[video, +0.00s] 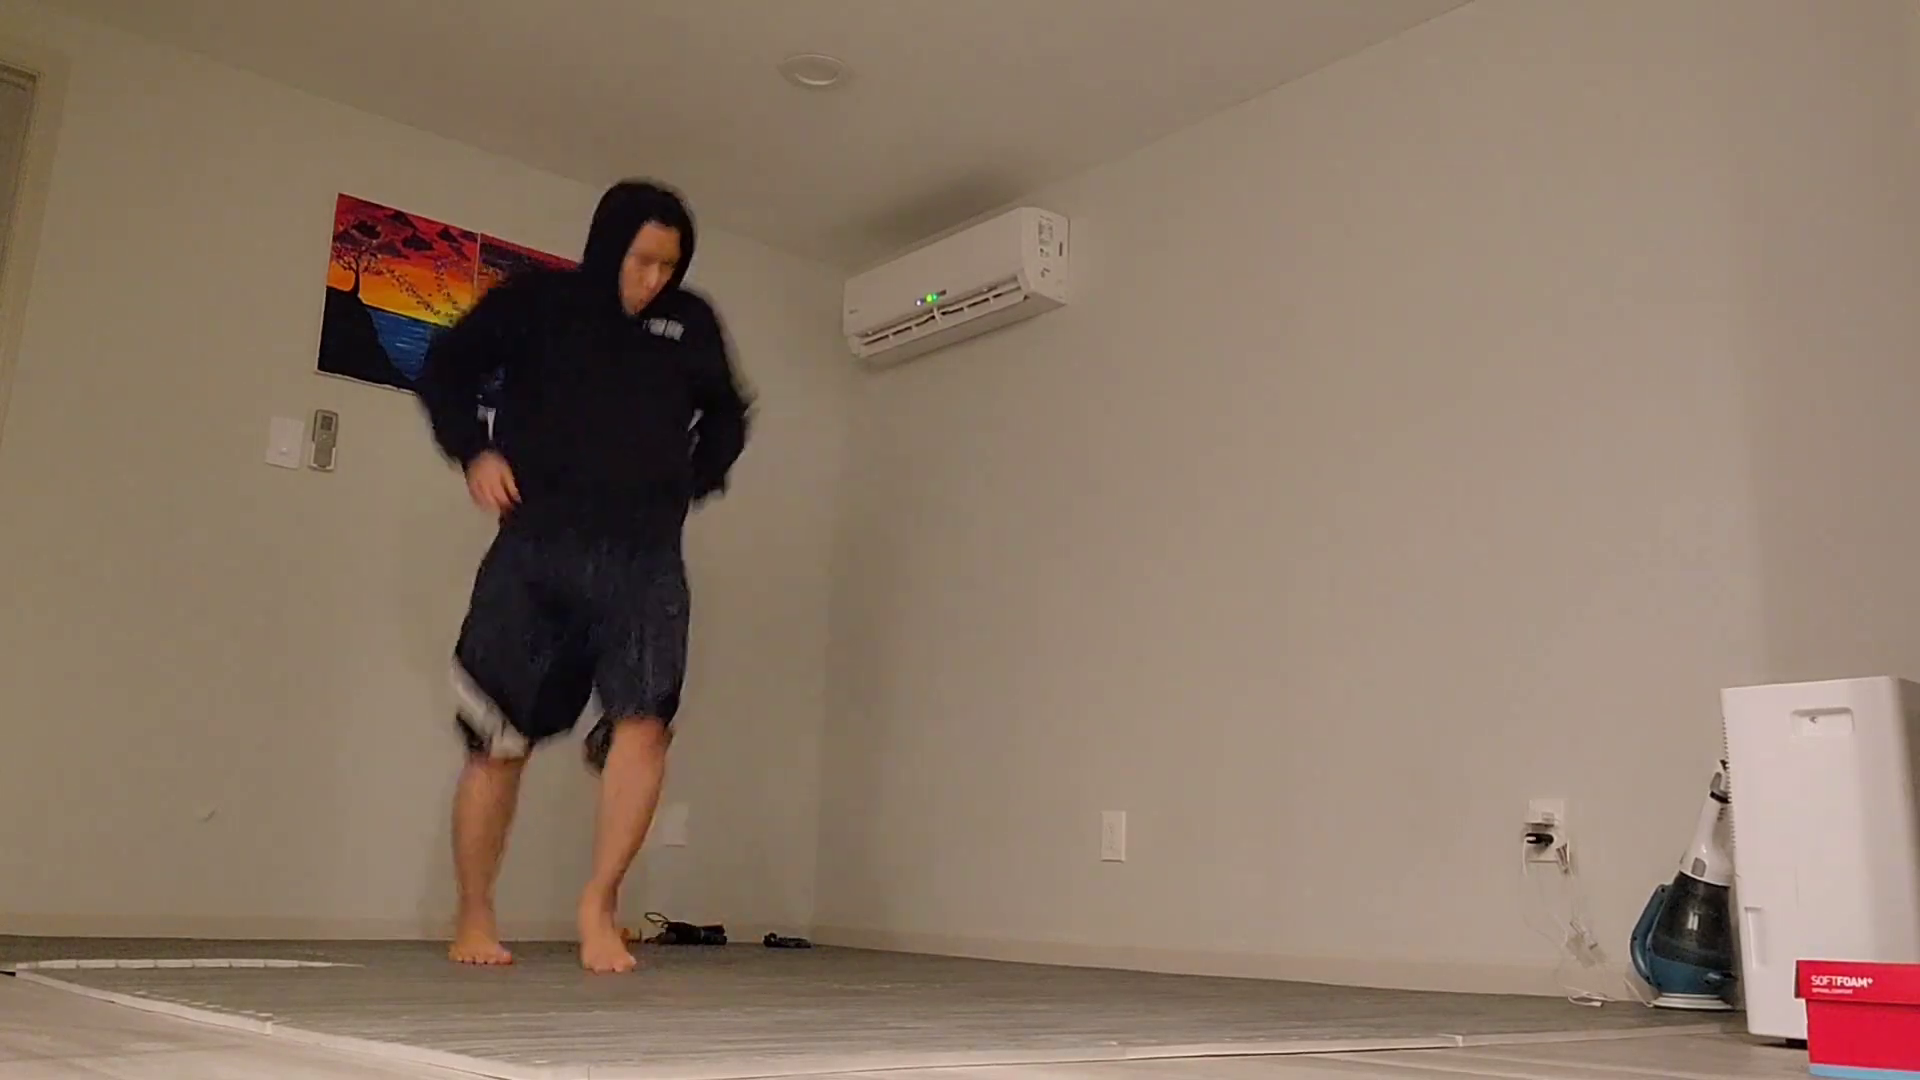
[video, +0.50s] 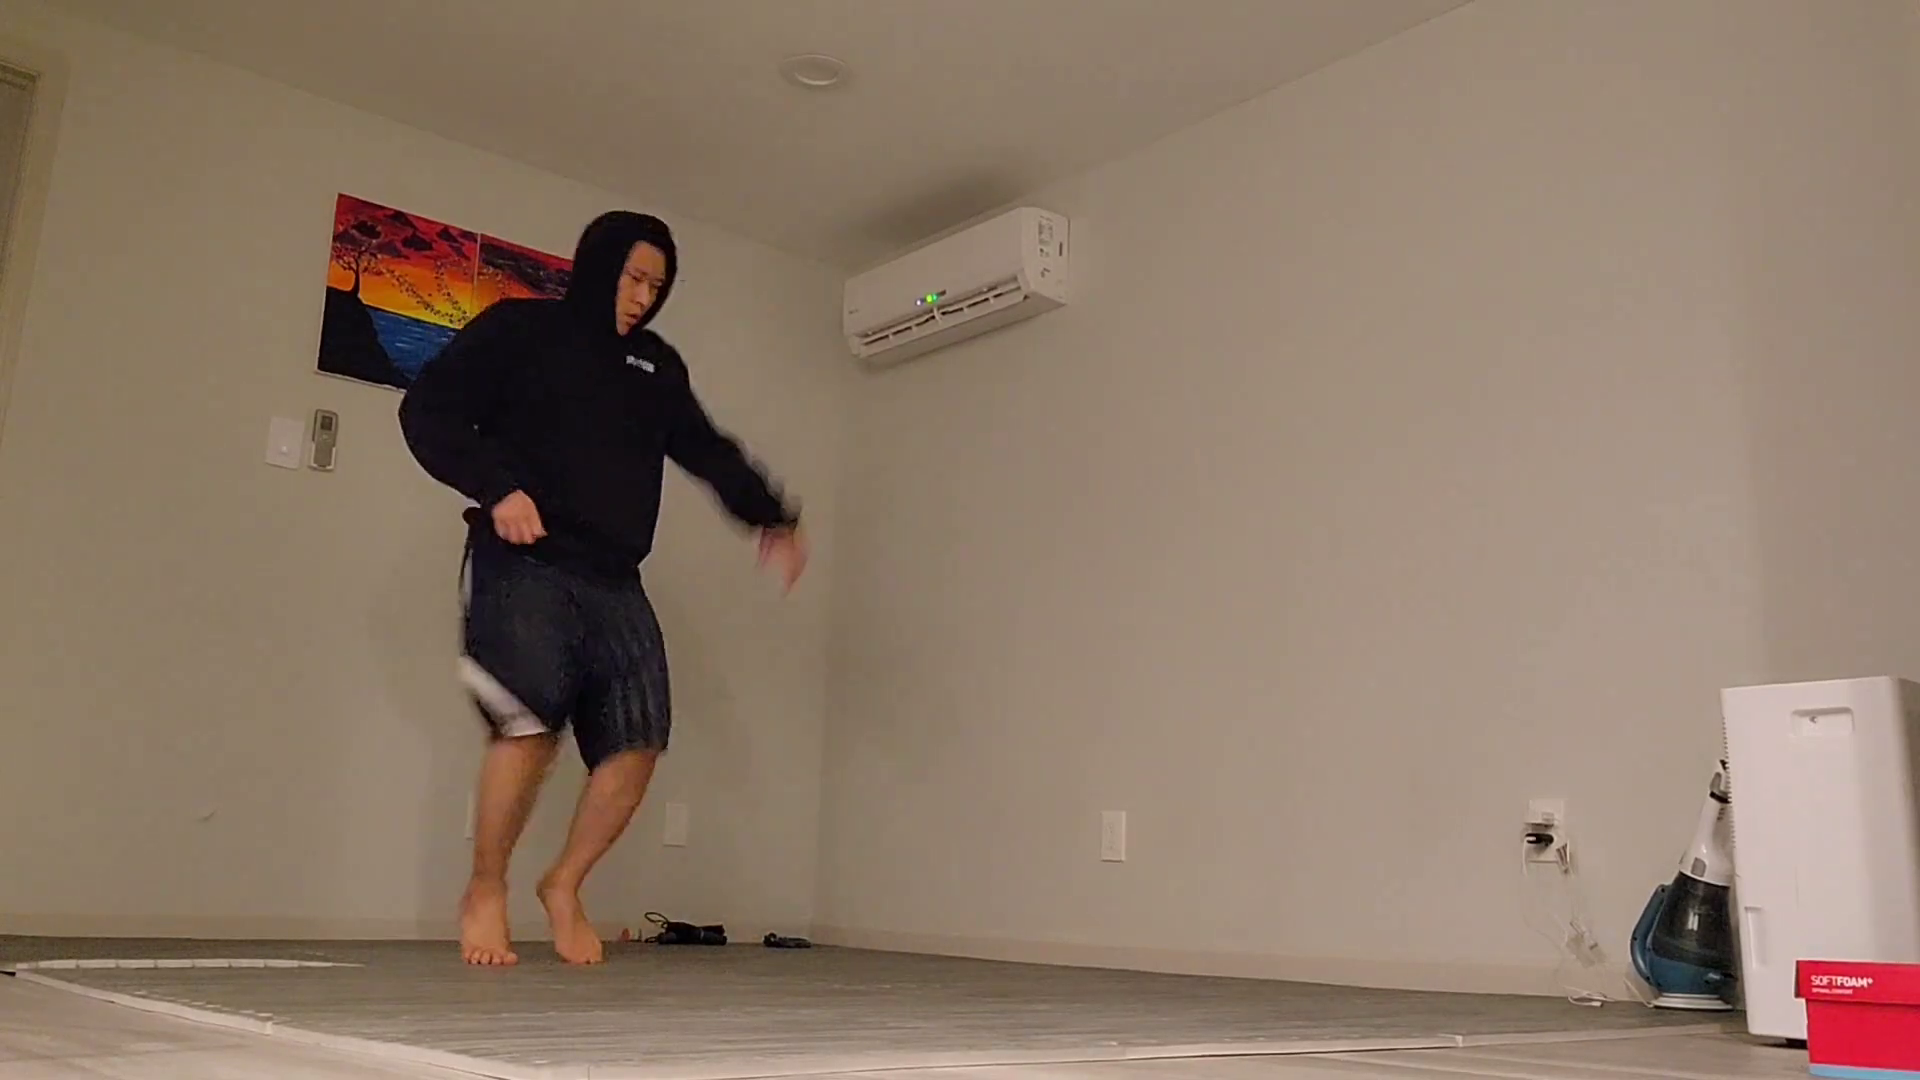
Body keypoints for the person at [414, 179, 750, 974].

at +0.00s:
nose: (654, 279)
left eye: (667, 265)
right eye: (644, 260)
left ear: (679, 264)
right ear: (607, 246)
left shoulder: (691, 324)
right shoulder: (535, 299)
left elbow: (726, 416)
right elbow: (444, 367)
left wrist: (686, 484)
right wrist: (475, 453)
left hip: (643, 555)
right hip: (538, 546)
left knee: (644, 723)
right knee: (500, 740)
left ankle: (599, 909)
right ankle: (475, 914)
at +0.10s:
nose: (641, 284)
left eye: (653, 271)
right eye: (629, 266)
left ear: (663, 269)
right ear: (592, 253)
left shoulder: (672, 333)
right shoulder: (519, 323)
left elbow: (696, 431)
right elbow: (447, 425)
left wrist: (693, 511)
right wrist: (496, 494)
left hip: (637, 569)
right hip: (532, 567)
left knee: (645, 739)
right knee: (502, 751)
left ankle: (616, 918)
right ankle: (480, 917)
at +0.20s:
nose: (643, 268)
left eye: (655, 256)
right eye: (632, 249)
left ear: (663, 256)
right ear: (593, 236)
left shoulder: (665, 320)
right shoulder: (517, 304)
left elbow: (702, 410)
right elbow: (445, 407)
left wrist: (695, 458)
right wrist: (512, 470)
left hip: (638, 554)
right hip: (541, 553)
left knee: (654, 727)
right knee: (521, 726)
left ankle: (608, 906)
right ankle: (488, 897)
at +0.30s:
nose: (652, 283)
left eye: (663, 273)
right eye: (643, 264)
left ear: (668, 278)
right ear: (604, 253)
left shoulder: (664, 340)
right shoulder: (525, 319)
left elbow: (719, 408)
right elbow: (430, 401)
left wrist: (722, 417)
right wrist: (507, 473)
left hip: (627, 564)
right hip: (539, 549)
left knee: (642, 739)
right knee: (550, 709)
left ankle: (581, 921)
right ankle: (496, 895)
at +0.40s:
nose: (652, 301)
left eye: (665, 291)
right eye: (644, 282)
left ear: (671, 298)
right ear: (605, 270)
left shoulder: (662, 360)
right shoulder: (522, 329)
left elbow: (704, 420)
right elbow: (426, 409)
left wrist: (750, 432)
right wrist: (491, 482)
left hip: (618, 574)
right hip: (532, 556)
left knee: (620, 761)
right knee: (552, 728)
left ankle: (566, 922)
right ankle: (495, 893)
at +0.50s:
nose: (643, 296)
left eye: (656, 286)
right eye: (634, 277)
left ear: (662, 292)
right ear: (594, 267)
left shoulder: (656, 367)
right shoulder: (517, 328)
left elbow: (704, 447)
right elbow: (426, 410)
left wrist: (768, 513)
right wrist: (497, 487)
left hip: (612, 577)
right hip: (521, 559)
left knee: (637, 740)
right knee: (528, 727)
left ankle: (563, 886)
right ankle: (486, 892)